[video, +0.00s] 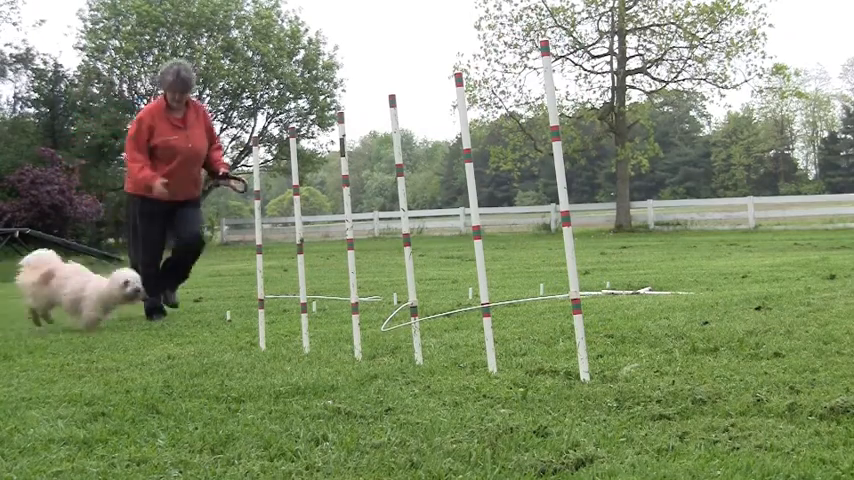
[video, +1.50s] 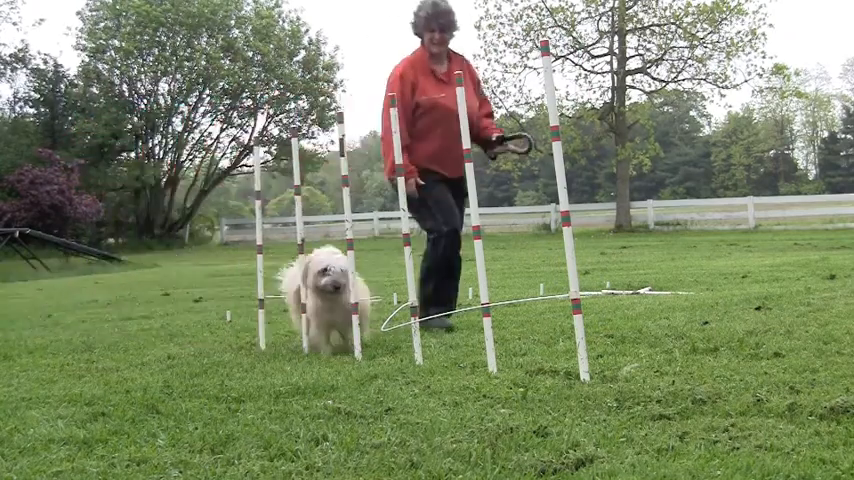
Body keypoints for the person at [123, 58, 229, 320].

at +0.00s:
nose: (178, 97)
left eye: (183, 92)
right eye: (173, 92)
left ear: (189, 90)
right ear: (164, 89)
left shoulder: (199, 112)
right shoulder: (148, 116)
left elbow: (212, 146)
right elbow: (134, 157)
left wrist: (220, 168)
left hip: (187, 197)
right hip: (150, 197)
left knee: (192, 241)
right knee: (150, 255)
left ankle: (167, 282)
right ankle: (153, 307)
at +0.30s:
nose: (224, 89)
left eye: (229, 84)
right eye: (218, 83)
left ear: (235, 85)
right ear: (207, 84)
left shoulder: (240, 115)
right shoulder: (193, 113)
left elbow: (246, 154)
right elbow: (189, 154)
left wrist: (256, 170)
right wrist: (225, 173)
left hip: (227, 198)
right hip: (188, 198)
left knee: (235, 257)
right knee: (173, 259)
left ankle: (244, 313)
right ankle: (161, 312)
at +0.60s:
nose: (277, 73)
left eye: (282, 68)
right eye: (271, 68)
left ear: (290, 68)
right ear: (261, 68)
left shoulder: (296, 101)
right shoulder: (246, 97)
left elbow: (307, 135)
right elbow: (223, 137)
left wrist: (315, 157)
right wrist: (207, 176)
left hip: (274, 187)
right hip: (241, 183)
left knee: (256, 248)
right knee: (273, 230)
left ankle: (243, 310)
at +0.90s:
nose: (329, 68)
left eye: (334, 62)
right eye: (323, 62)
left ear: (341, 63)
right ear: (313, 63)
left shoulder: (348, 93)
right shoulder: (301, 95)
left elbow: (362, 135)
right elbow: (280, 140)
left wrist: (374, 156)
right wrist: (267, 184)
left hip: (335, 187)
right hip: (302, 188)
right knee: (324, 248)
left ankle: (294, 288)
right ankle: (337, 313)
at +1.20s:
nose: (384, 56)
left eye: (389, 50)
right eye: (377, 50)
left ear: (396, 52)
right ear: (366, 52)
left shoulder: (405, 88)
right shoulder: (353, 88)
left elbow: (407, 134)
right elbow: (345, 135)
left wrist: (427, 155)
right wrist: (385, 163)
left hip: (395, 185)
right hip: (353, 186)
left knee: (414, 245)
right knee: (347, 253)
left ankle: (429, 312)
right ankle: (339, 314)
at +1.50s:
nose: (437, 36)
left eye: (443, 30)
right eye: (431, 31)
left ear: (451, 32)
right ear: (420, 33)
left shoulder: (464, 68)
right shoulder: (405, 73)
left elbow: (480, 112)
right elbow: (393, 126)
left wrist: (492, 138)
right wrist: (402, 171)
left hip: (455, 171)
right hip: (420, 172)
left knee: (451, 240)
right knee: (446, 230)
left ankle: (441, 313)